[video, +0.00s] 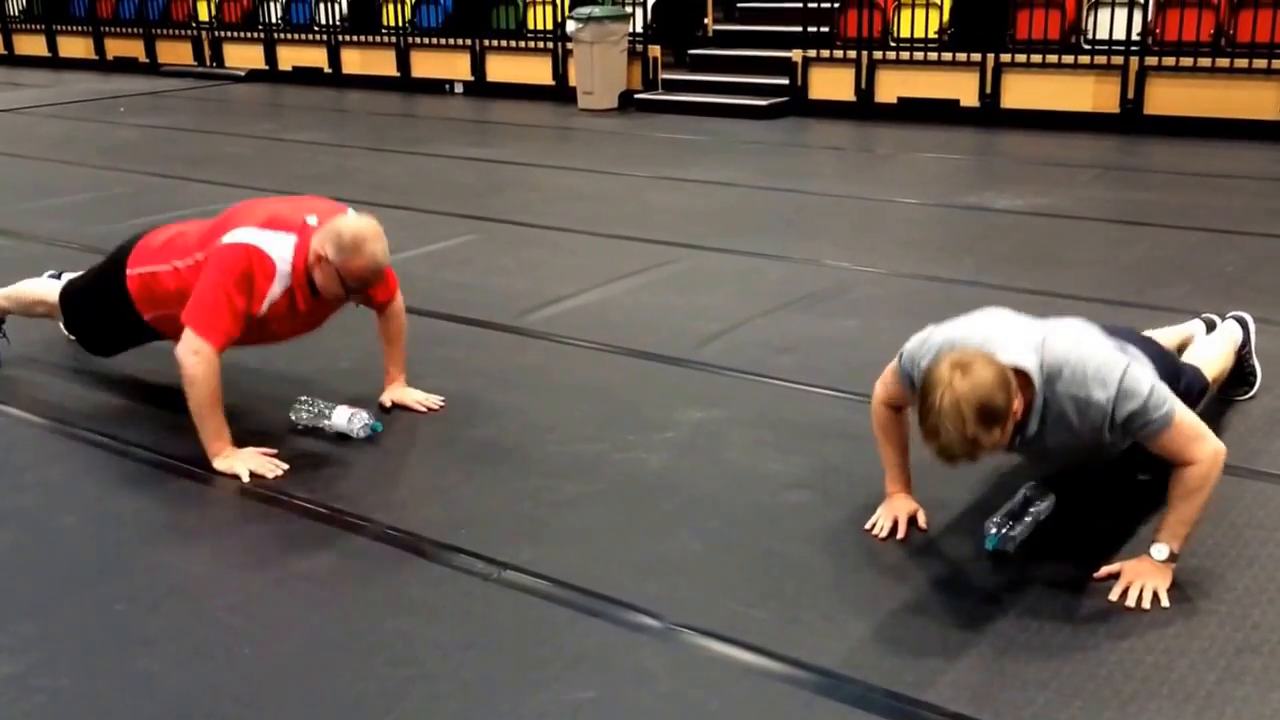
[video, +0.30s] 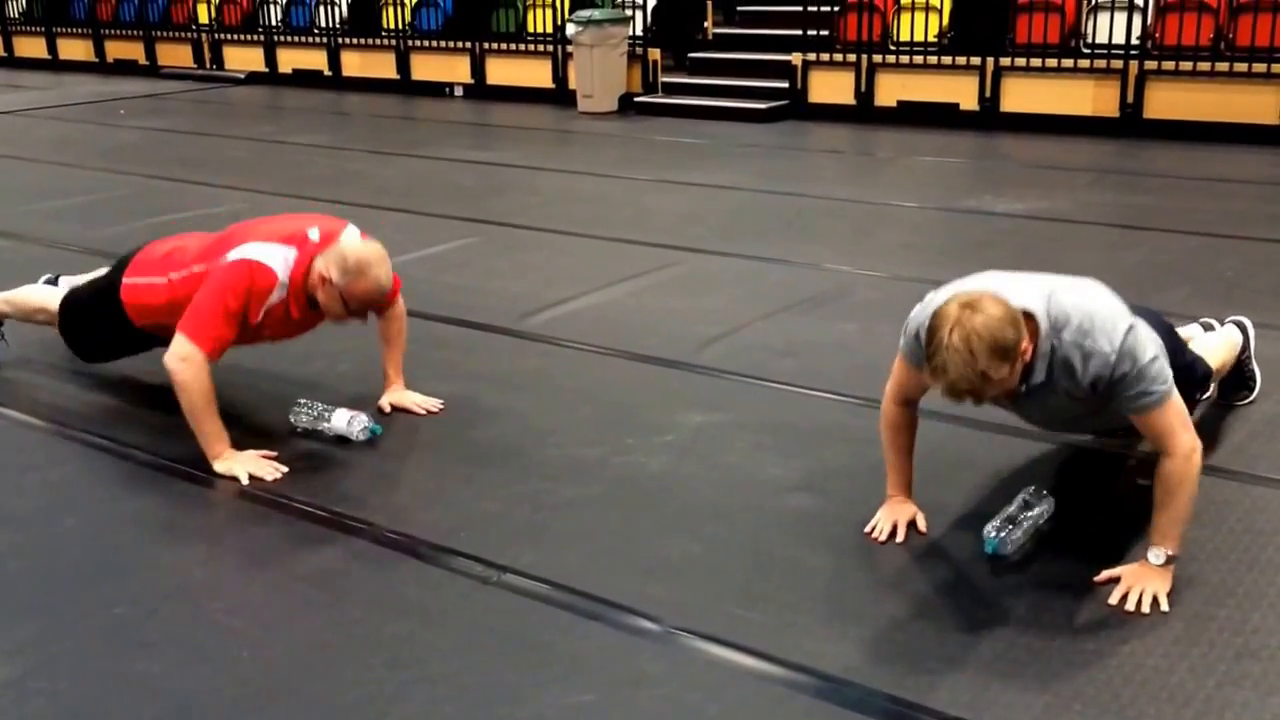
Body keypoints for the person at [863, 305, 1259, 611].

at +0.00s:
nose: (991, 458)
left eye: (995, 447)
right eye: (974, 454)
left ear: (1017, 403)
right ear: (943, 411)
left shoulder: (1104, 383)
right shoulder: (931, 353)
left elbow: (1206, 454)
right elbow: (886, 400)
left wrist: (1160, 556)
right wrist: (897, 492)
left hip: (1135, 372)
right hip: (1082, 346)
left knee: (1194, 377)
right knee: (1141, 348)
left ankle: (1233, 332)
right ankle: (1200, 326)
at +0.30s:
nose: (985, 402)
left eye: (993, 387)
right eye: (972, 393)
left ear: (1024, 346)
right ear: (951, 360)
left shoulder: (1112, 344)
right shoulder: (931, 327)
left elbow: (1183, 450)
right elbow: (899, 401)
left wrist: (1159, 561)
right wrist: (897, 495)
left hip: (1144, 364)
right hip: (1058, 391)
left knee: (1197, 360)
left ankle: (1235, 337)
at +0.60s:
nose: (969, 526)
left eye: (974, 518)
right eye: (953, 519)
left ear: (1008, 478)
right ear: (932, 464)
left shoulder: (1096, 430)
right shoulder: (945, 395)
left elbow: (1217, 472)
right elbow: (880, 402)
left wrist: (1160, 566)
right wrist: (895, 497)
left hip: (1127, 405)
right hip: (1050, 382)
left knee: (1191, 398)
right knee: (1124, 378)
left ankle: (1232, 341)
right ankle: (1193, 335)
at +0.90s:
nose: (994, 407)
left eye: (1000, 394)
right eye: (980, 401)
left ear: (1027, 346)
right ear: (949, 353)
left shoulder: (1113, 339)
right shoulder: (937, 316)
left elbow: (1173, 455)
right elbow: (904, 406)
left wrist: (1158, 568)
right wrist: (897, 501)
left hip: (1140, 373)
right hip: (1056, 396)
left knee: (1194, 379)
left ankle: (1234, 348)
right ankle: (1202, 347)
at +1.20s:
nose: (982, 478)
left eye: (988, 468)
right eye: (966, 472)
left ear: (1014, 424)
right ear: (939, 425)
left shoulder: (1102, 404)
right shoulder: (930, 371)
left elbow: (1211, 469)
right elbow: (882, 411)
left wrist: (1161, 569)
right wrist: (896, 502)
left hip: (1137, 394)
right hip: (1091, 369)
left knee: (1194, 396)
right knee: (1138, 365)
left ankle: (1233, 346)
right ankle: (1199, 340)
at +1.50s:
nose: (985, 479)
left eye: (990, 469)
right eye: (969, 474)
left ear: (1014, 427)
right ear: (939, 427)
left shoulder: (1103, 403)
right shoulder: (933, 371)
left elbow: (1212, 471)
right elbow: (884, 411)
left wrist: (1162, 571)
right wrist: (897, 503)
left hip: (1136, 396)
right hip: (1086, 371)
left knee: (1195, 395)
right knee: (1136, 366)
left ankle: (1233, 346)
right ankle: (1200, 341)